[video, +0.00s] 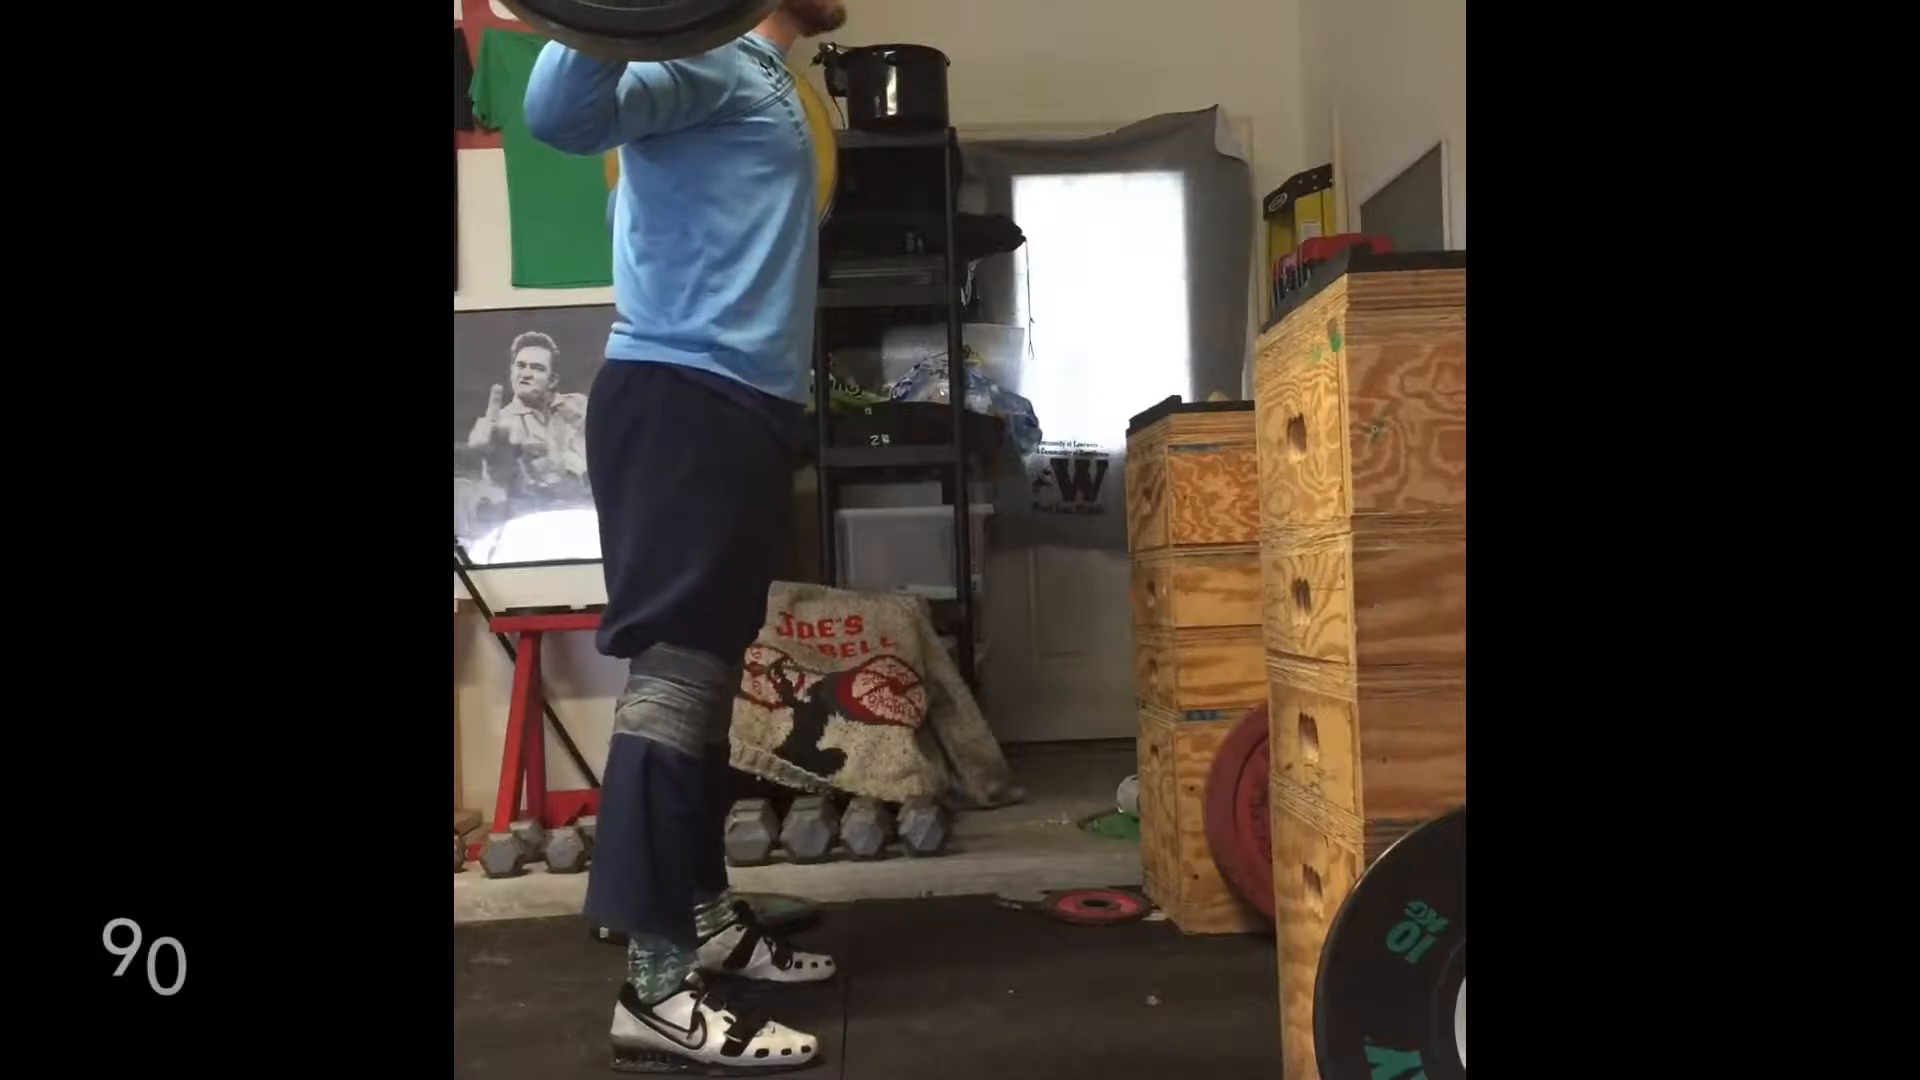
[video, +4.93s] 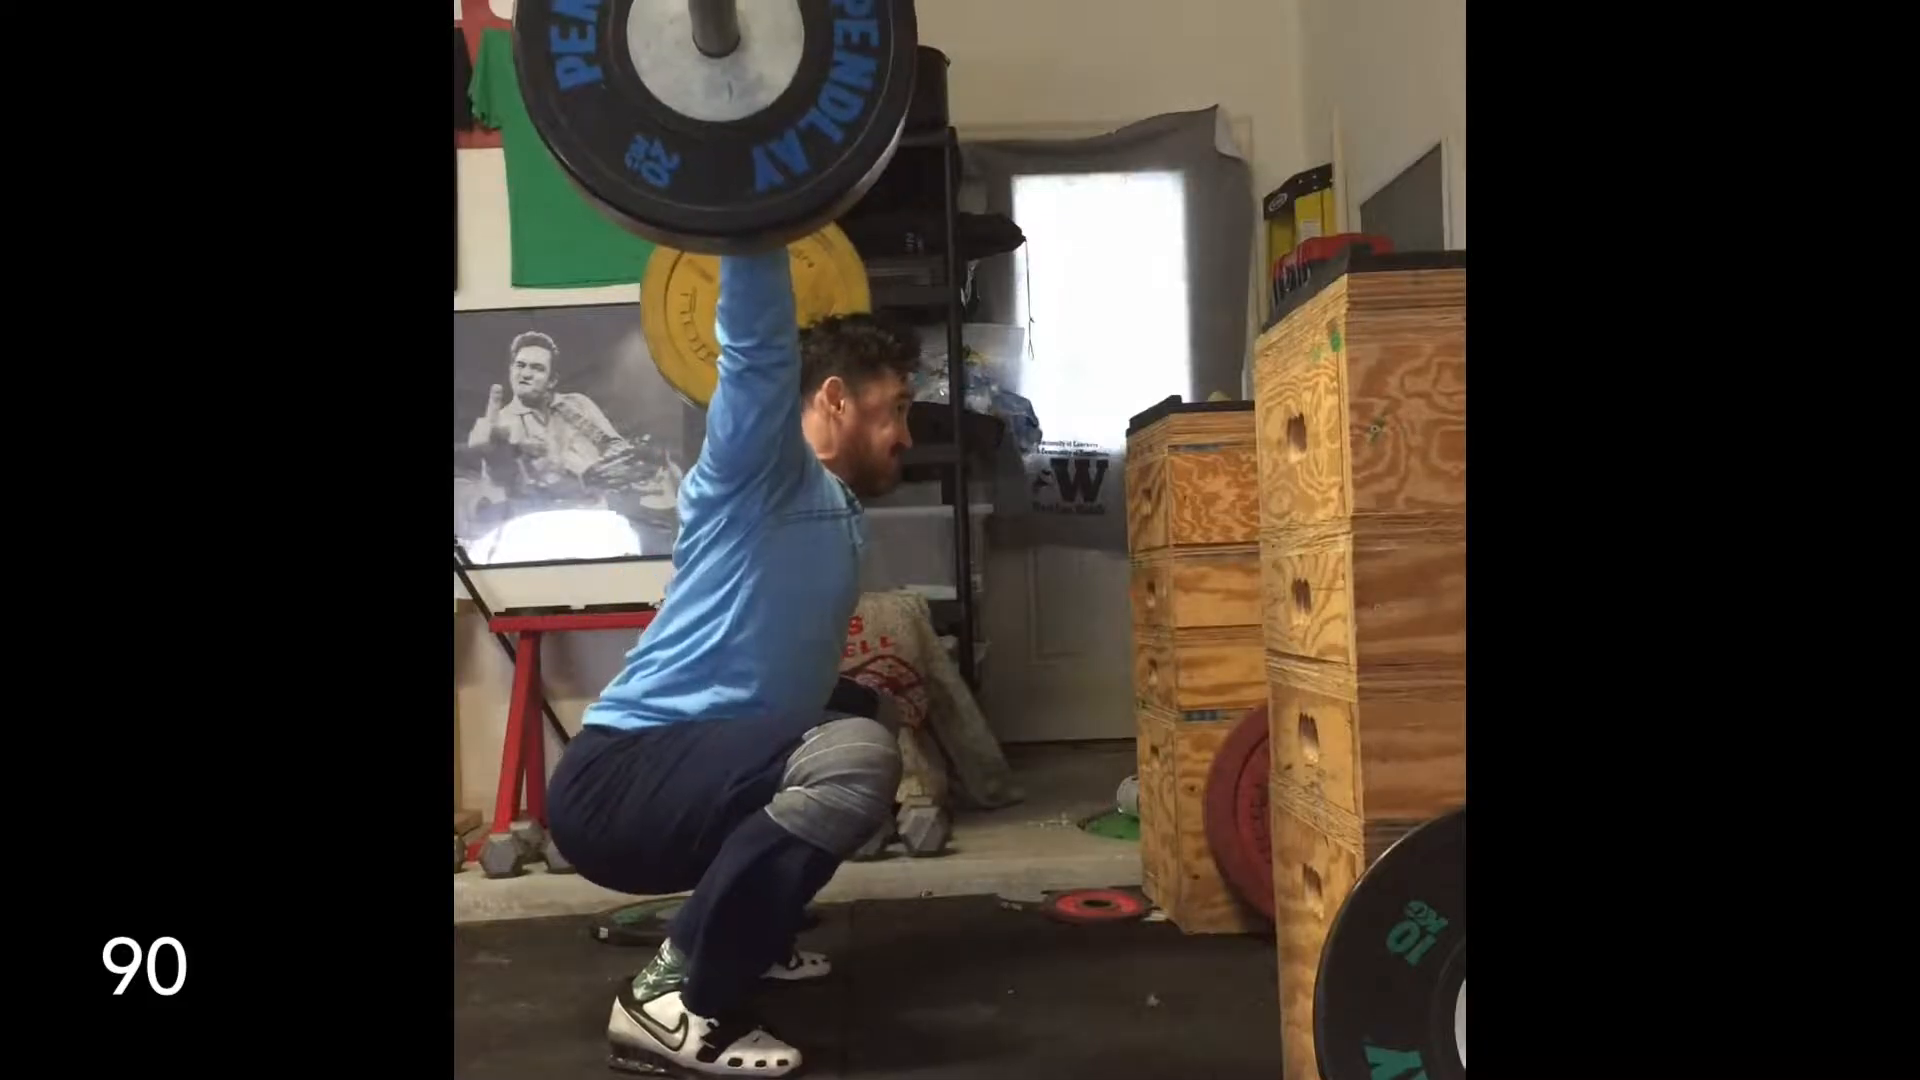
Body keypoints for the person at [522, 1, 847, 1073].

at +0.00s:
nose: (836, 7)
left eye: (833, 3)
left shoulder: (772, 73)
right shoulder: (704, 60)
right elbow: (557, 114)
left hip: (739, 406)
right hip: (683, 400)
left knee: (704, 675)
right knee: (677, 679)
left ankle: (698, 917)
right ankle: (659, 979)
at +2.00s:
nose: (850, 7)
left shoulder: (776, 80)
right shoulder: (714, 65)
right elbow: (561, 114)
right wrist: (620, 4)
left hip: (737, 408)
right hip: (682, 400)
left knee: (703, 674)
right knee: (675, 680)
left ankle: (702, 917)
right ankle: (655, 980)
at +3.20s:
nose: (861, 111)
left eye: (861, 91)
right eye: (845, 87)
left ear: (832, 111)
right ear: (787, 90)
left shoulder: (805, 208)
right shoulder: (727, 198)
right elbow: (580, 254)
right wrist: (651, 113)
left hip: (718, 499)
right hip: (663, 498)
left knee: (832, 691)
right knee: (836, 705)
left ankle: (732, 915)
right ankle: (669, 983)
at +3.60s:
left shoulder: (791, 66)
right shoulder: (727, 55)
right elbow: (609, 131)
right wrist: (640, 21)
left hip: (762, 393)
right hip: (701, 387)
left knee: (755, 658)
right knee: (746, 659)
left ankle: (705, 920)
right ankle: (659, 980)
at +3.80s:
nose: (878, 115)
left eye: (879, 94)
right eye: (866, 90)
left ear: (814, 89)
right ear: (805, 80)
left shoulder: (805, 196)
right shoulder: (733, 163)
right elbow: (678, 29)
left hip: (686, 488)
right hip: (631, 488)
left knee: (805, 684)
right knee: (799, 704)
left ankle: (713, 922)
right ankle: (664, 988)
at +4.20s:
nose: (877, 277)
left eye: (879, 257)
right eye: (867, 253)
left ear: (821, 247)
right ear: (804, 237)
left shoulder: (811, 348)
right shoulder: (734, 309)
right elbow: (727, 173)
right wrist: (717, 40)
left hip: (697, 613)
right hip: (614, 611)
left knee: (842, 703)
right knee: (827, 730)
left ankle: (739, 915)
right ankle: (665, 987)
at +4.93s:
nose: (905, 437)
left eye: (905, 417)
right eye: (892, 414)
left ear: (839, 409)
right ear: (832, 404)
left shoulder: (838, 513)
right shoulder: (756, 475)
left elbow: (772, 655)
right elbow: (756, 343)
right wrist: (737, 174)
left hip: (697, 760)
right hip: (615, 777)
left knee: (863, 712)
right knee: (851, 756)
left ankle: (749, 935)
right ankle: (674, 989)